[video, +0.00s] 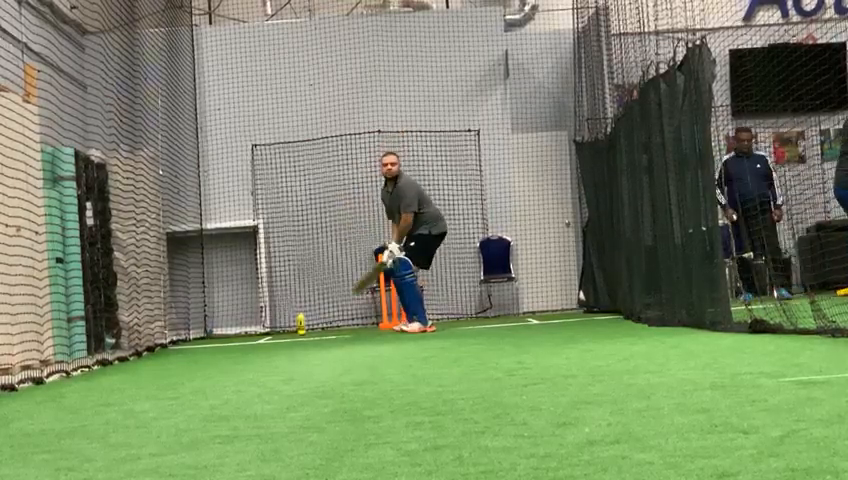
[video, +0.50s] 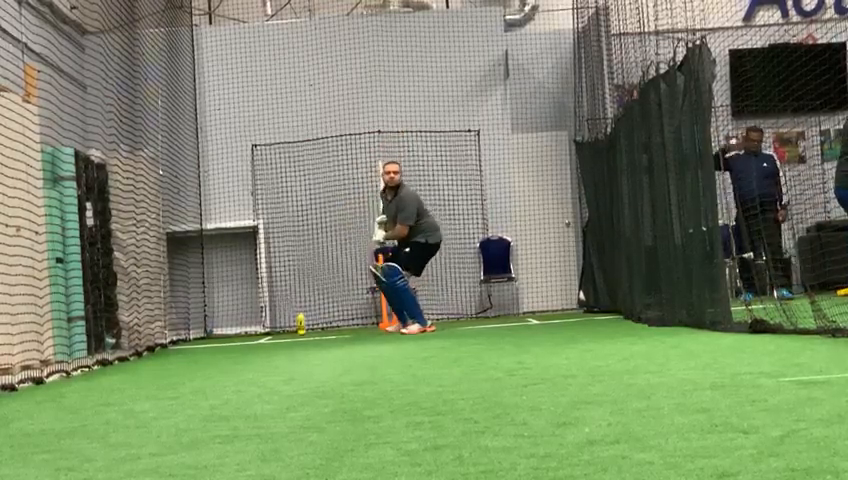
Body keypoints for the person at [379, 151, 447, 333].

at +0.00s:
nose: (389, 168)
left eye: (393, 164)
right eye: (385, 165)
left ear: (399, 165)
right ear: (381, 168)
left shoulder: (406, 186)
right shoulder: (386, 191)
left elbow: (408, 220)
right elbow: (395, 220)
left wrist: (396, 244)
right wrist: (394, 244)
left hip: (431, 229)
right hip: (416, 231)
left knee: (405, 267)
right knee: (398, 267)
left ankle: (420, 320)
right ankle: (413, 318)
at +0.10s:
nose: (391, 165)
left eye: (394, 161)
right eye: (387, 162)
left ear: (400, 163)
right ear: (382, 165)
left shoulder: (407, 183)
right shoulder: (386, 186)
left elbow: (409, 217)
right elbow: (396, 214)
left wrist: (396, 236)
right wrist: (393, 233)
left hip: (429, 229)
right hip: (414, 230)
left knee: (405, 269)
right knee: (401, 268)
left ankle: (420, 320)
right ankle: (414, 318)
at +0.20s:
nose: (391, 164)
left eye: (395, 160)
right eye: (387, 161)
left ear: (401, 162)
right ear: (382, 164)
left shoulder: (408, 183)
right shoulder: (387, 184)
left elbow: (408, 217)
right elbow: (397, 211)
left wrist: (393, 231)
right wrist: (390, 224)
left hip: (428, 229)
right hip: (413, 229)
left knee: (405, 269)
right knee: (399, 268)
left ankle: (420, 320)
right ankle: (413, 318)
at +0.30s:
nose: (392, 165)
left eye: (396, 162)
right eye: (388, 162)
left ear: (401, 163)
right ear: (384, 165)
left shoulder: (408, 185)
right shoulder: (387, 184)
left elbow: (405, 220)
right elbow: (391, 208)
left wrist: (390, 229)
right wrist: (386, 216)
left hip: (427, 230)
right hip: (411, 230)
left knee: (402, 269)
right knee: (394, 267)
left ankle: (419, 320)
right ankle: (409, 318)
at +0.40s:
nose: (392, 170)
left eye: (396, 166)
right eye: (388, 167)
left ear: (401, 168)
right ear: (384, 169)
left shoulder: (407, 189)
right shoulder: (386, 188)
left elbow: (403, 225)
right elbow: (392, 211)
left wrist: (386, 230)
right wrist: (385, 217)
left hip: (426, 234)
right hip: (410, 233)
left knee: (400, 271)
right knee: (390, 269)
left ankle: (420, 321)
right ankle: (404, 320)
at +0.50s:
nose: (391, 176)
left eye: (395, 173)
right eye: (388, 173)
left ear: (400, 175)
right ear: (383, 176)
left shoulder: (406, 196)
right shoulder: (385, 195)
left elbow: (402, 231)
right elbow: (391, 219)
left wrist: (384, 235)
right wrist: (383, 223)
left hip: (426, 239)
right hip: (410, 238)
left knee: (398, 275)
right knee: (387, 272)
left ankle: (419, 321)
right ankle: (403, 320)